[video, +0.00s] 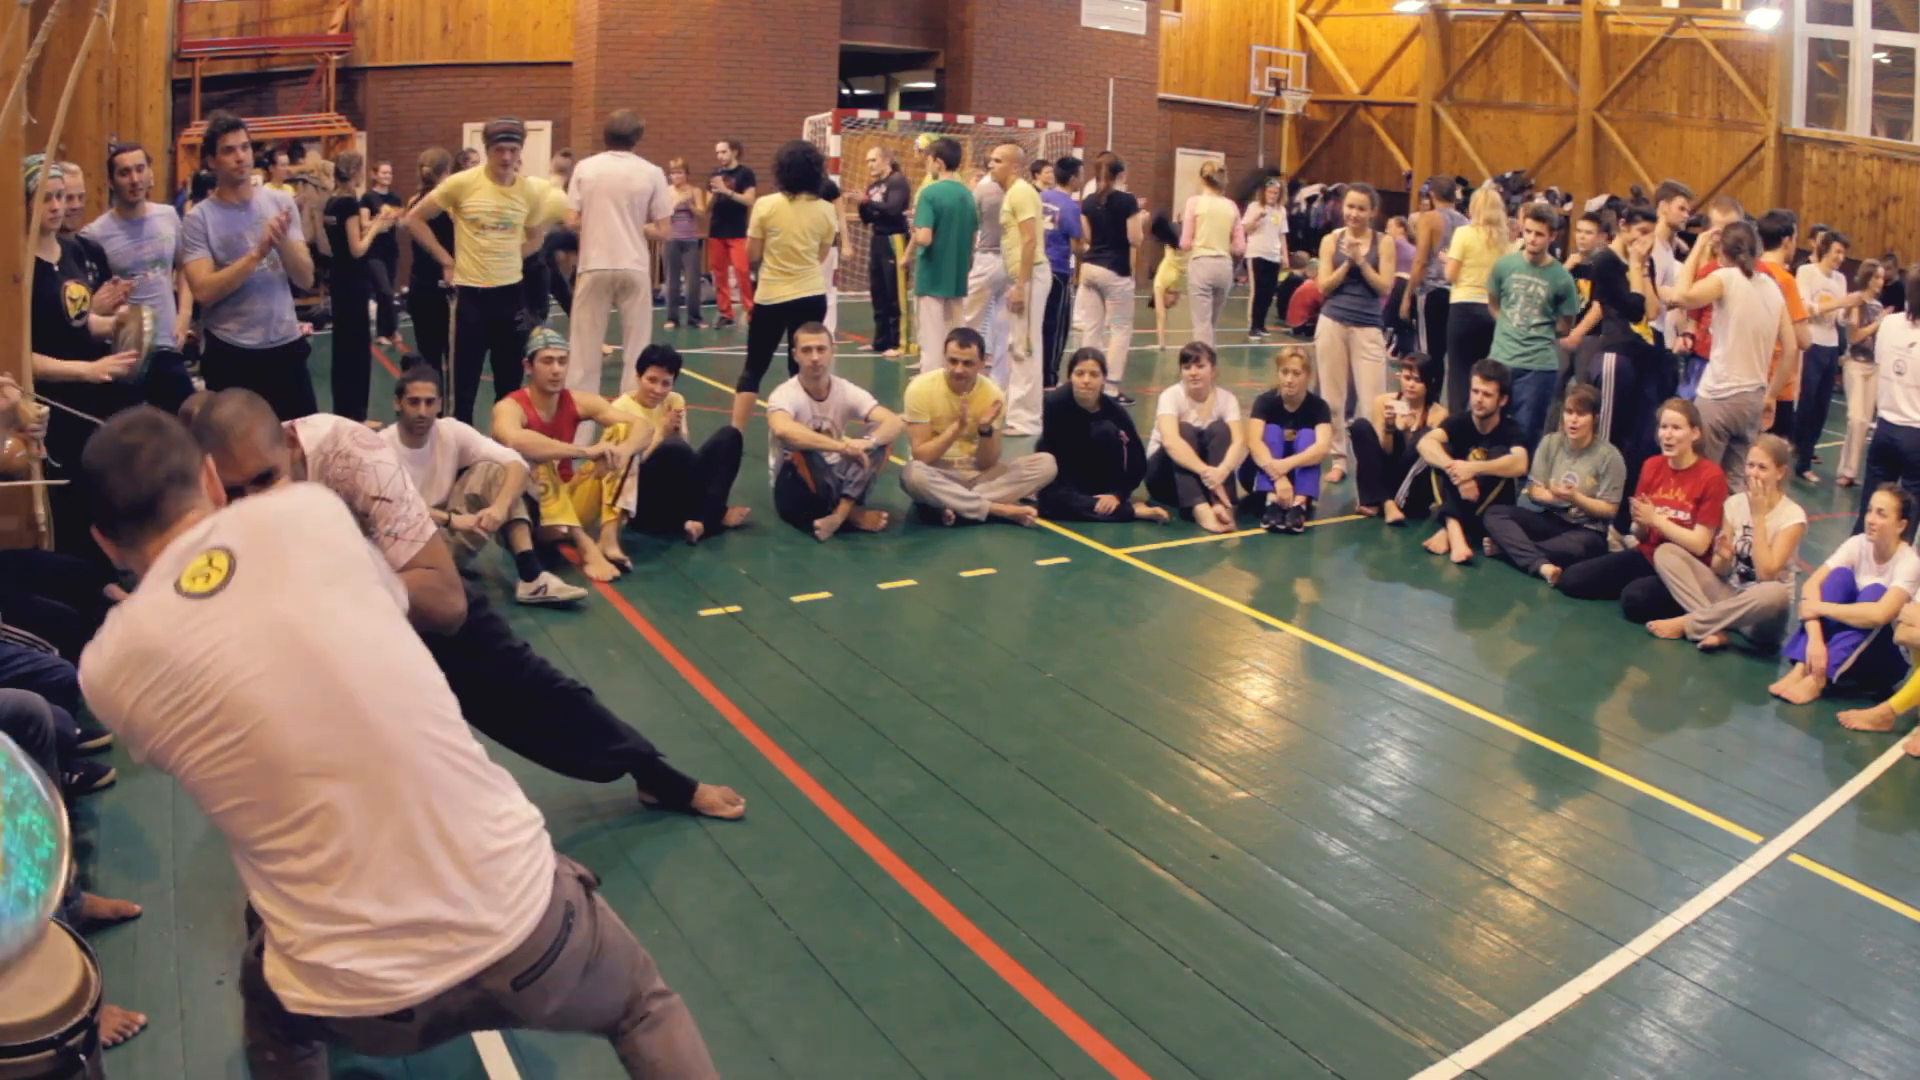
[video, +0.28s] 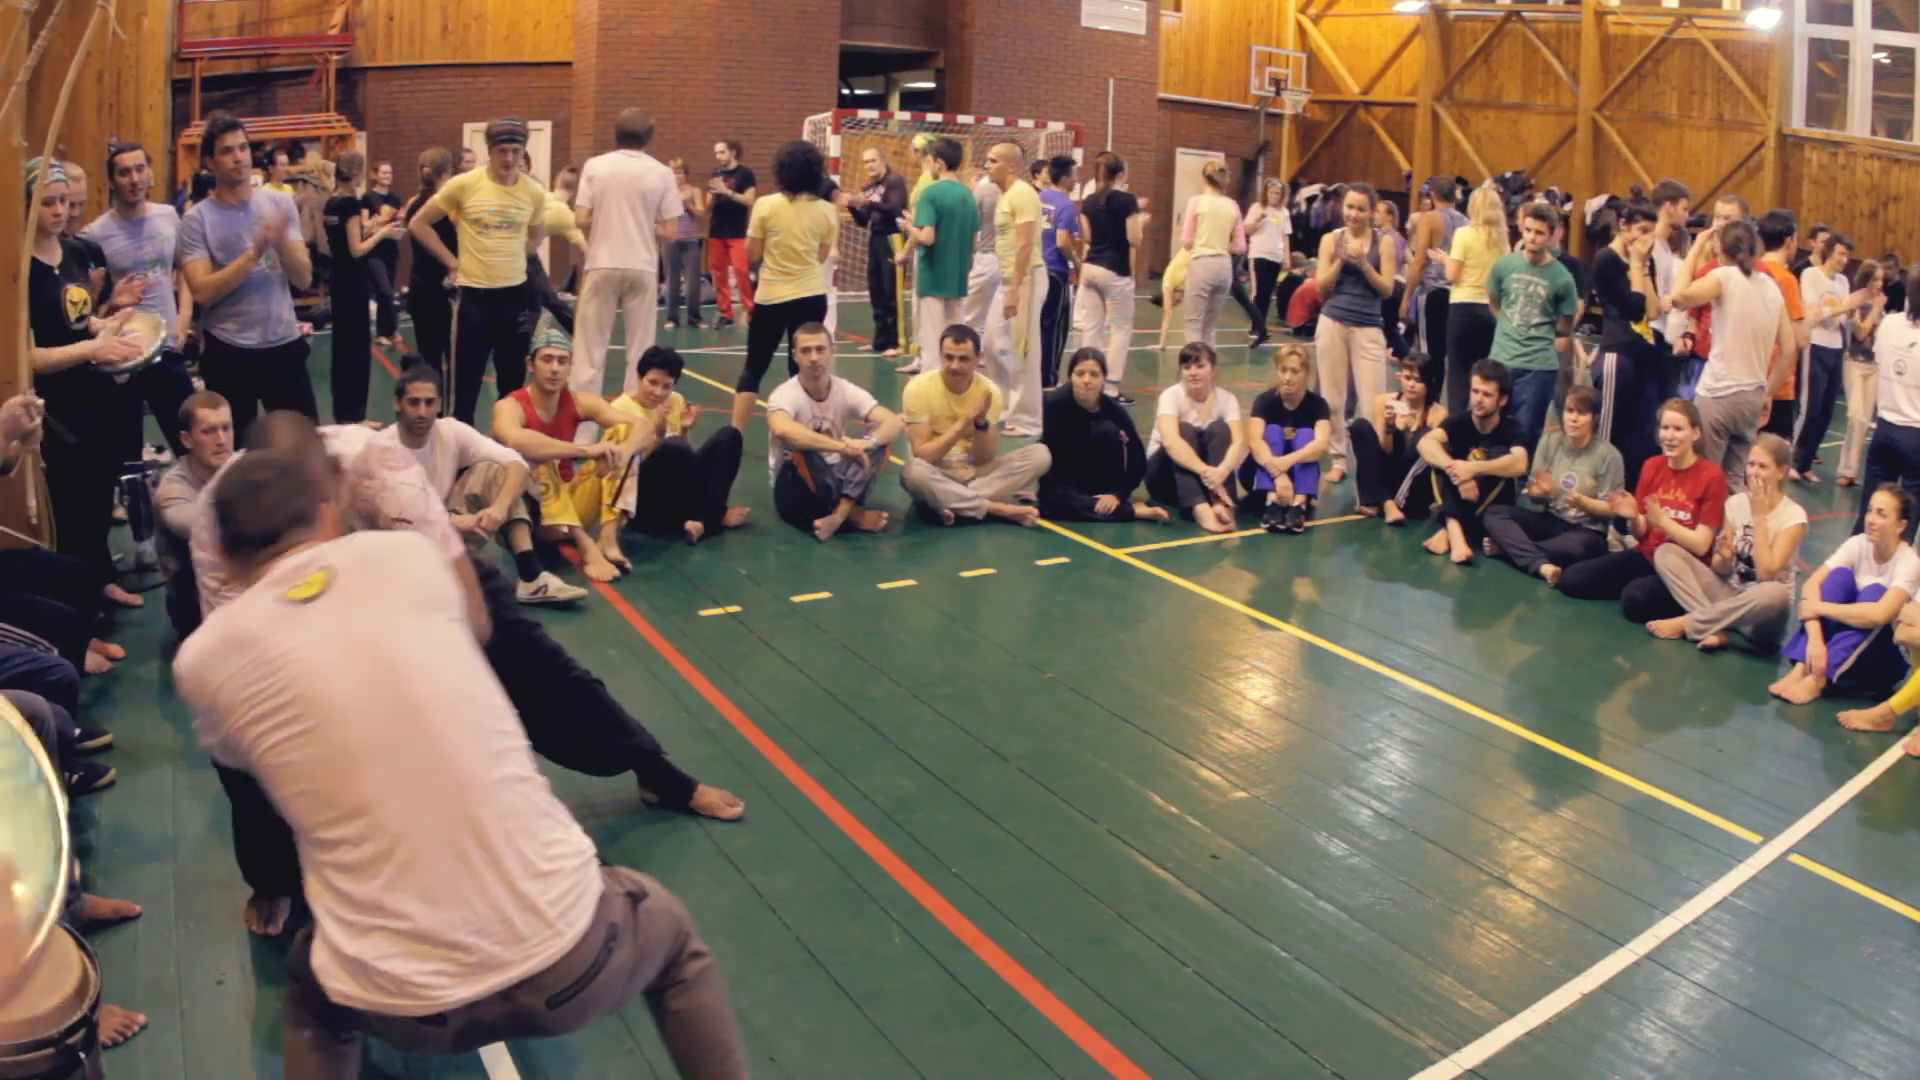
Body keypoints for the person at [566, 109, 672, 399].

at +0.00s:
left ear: (606, 136)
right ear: (637, 139)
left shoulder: (585, 168)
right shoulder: (652, 173)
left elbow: (572, 219)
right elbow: (663, 231)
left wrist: (598, 225)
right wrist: (635, 225)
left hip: (594, 266)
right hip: (635, 266)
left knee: (585, 345)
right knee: (637, 346)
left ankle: (580, 420)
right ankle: (631, 421)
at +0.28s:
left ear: (616, 135)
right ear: (648, 137)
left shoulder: (594, 167)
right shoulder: (661, 173)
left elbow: (582, 218)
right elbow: (669, 231)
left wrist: (607, 222)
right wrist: (642, 224)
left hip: (601, 264)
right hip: (642, 265)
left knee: (590, 346)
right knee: (641, 348)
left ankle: (583, 418)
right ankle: (634, 421)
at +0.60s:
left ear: (612, 134)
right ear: (644, 136)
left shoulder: (592, 167)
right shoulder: (658, 172)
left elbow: (580, 221)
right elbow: (667, 230)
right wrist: (641, 220)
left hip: (600, 264)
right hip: (641, 265)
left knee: (589, 345)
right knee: (640, 346)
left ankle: (580, 409)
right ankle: (634, 413)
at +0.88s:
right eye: (630, 131)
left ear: (596, 133)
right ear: (629, 135)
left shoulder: (576, 169)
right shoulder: (644, 172)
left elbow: (567, 225)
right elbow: (654, 230)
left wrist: (590, 225)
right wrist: (628, 219)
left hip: (588, 267)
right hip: (630, 267)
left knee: (582, 352)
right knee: (634, 351)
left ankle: (580, 421)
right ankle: (631, 419)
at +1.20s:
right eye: (604, 132)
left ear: (570, 136)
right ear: (603, 136)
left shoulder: (553, 171)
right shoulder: (621, 170)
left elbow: (543, 224)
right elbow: (633, 228)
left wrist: (570, 223)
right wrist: (604, 220)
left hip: (569, 272)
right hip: (609, 272)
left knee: (572, 339)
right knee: (620, 340)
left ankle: (571, 405)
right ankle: (624, 406)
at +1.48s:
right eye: (590, 134)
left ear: (556, 137)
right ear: (589, 137)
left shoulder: (540, 173)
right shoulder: (607, 169)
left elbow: (536, 220)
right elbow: (621, 215)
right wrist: (604, 228)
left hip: (557, 267)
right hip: (596, 265)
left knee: (559, 345)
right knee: (611, 342)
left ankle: (560, 412)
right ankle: (621, 411)